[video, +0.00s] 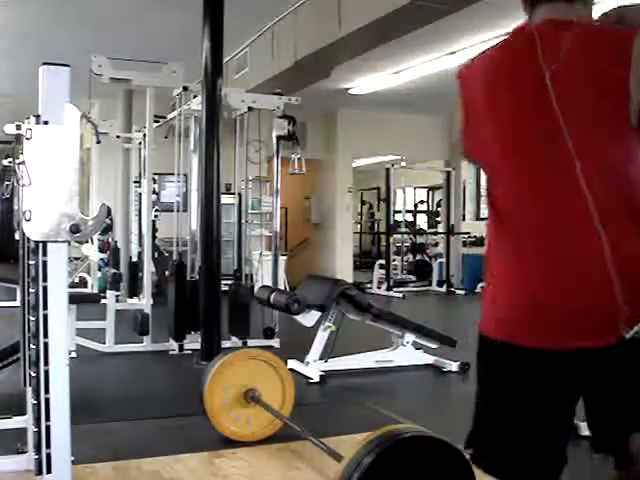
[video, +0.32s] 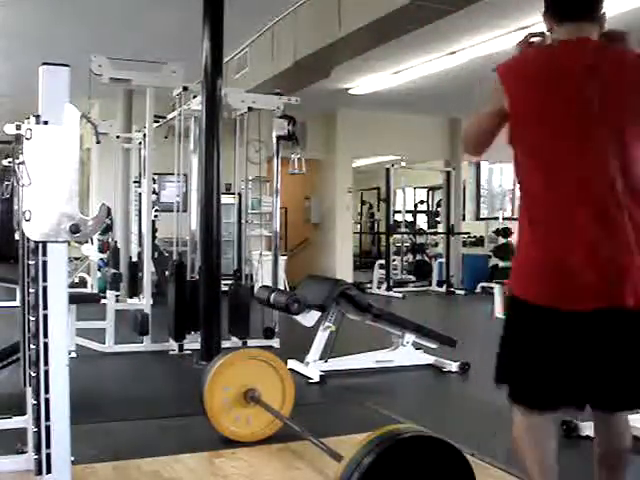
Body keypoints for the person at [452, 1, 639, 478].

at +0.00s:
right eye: (591, 4)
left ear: (523, 2)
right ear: (588, 1)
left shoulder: (478, 74)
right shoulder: (627, 48)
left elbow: (471, 150)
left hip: (521, 312)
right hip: (624, 304)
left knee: (513, 468)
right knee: (628, 457)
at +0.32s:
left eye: (547, 15)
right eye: (601, 10)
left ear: (547, 16)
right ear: (603, 14)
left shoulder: (523, 71)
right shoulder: (631, 68)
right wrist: (621, 52)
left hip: (545, 267)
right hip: (623, 269)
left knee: (531, 409)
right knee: (614, 411)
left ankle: (543, 476)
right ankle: (610, 477)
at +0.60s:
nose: (525, 50)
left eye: (523, 43)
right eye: (526, 43)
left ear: (530, 38)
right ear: (573, 34)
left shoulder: (518, 84)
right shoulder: (621, 87)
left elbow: (464, 163)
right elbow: (639, 154)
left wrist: (497, 136)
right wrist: (615, 166)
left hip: (534, 265)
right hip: (607, 269)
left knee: (514, 380)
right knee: (608, 400)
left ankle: (518, 475)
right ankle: (610, 478)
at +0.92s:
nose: (456, 82)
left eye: (454, 74)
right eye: (454, 75)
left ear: (463, 69)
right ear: (500, 63)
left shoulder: (470, 109)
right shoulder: (547, 102)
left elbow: (487, 164)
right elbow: (602, 157)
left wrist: (477, 234)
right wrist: (587, 231)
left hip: (493, 266)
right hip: (551, 262)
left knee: (481, 371)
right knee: (550, 373)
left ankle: (488, 466)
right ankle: (581, 467)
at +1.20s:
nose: (437, 88)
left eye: (435, 78)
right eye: (435, 79)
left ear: (448, 68)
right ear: (474, 65)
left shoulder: (458, 113)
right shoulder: (519, 108)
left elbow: (437, 186)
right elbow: (553, 167)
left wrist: (412, 233)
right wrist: (538, 219)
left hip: (477, 259)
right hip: (522, 255)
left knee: (475, 364)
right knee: (497, 346)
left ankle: (490, 466)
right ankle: (521, 447)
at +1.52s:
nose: (414, 105)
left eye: (414, 95)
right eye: (410, 98)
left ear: (436, 81)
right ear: (437, 82)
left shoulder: (460, 123)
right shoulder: (460, 122)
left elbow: (450, 204)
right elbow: (450, 205)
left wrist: (405, 240)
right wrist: (407, 238)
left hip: (453, 267)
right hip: (455, 266)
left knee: (428, 360)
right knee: (435, 361)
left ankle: (473, 450)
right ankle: (440, 442)